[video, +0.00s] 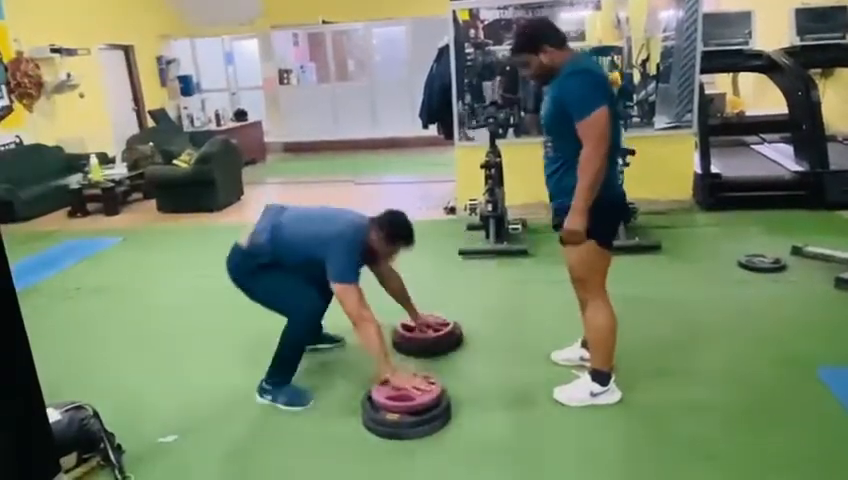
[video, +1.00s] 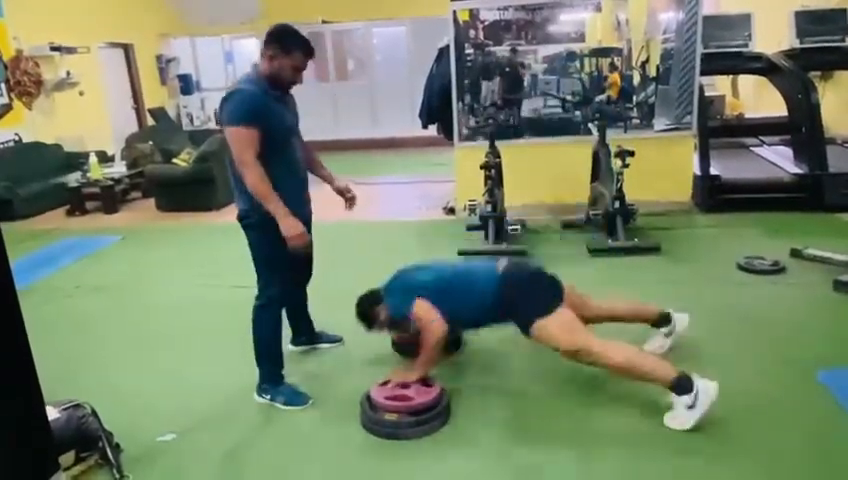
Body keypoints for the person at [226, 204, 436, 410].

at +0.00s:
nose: (390, 258)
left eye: (394, 253)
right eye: (389, 251)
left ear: (381, 231)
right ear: (377, 238)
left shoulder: (365, 229)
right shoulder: (342, 246)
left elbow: (387, 275)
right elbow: (361, 318)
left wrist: (414, 314)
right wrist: (388, 370)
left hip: (270, 247)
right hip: (247, 261)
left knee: (324, 285)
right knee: (306, 307)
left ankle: (309, 333)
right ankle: (273, 385)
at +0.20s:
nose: (375, 185)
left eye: (378, 178)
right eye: (373, 176)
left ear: (353, 168)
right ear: (354, 169)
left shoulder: (340, 188)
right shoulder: (314, 196)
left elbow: (356, 235)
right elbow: (330, 274)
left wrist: (376, 282)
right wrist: (363, 326)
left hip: (279, 242)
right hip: (246, 249)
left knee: (324, 279)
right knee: (299, 302)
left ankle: (310, 334)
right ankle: (274, 385)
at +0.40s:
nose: (350, 109)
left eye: (353, 102)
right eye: (347, 100)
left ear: (333, 92)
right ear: (325, 88)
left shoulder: (321, 122)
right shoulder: (282, 125)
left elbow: (308, 175)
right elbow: (264, 194)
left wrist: (313, 217)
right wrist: (284, 247)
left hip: (286, 211)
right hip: (253, 219)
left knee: (312, 261)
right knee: (286, 293)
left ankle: (305, 331)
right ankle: (273, 383)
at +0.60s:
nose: (325, 86)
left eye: (328, 78)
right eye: (322, 76)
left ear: (304, 67)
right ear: (300, 64)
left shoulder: (299, 101)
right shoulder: (262, 105)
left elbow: (292, 160)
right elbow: (245, 173)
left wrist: (304, 204)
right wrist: (274, 226)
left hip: (298, 212)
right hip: (268, 218)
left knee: (304, 272)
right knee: (279, 294)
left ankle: (304, 334)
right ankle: (271, 384)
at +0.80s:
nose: (308, 79)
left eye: (311, 71)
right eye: (305, 70)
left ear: (289, 64)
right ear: (281, 59)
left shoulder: (288, 99)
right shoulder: (250, 102)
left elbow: (302, 149)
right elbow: (252, 171)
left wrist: (328, 188)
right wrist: (278, 227)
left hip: (296, 211)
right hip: (266, 217)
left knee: (298, 279)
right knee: (274, 294)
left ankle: (303, 335)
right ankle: (270, 383)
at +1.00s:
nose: (300, 77)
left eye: (303, 69)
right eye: (297, 68)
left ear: (279, 61)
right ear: (271, 57)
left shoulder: (281, 95)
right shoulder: (243, 101)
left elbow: (296, 147)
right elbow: (248, 169)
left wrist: (332, 181)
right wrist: (284, 217)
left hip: (293, 208)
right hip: (263, 214)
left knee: (297, 278)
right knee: (272, 294)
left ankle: (303, 334)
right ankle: (270, 382)